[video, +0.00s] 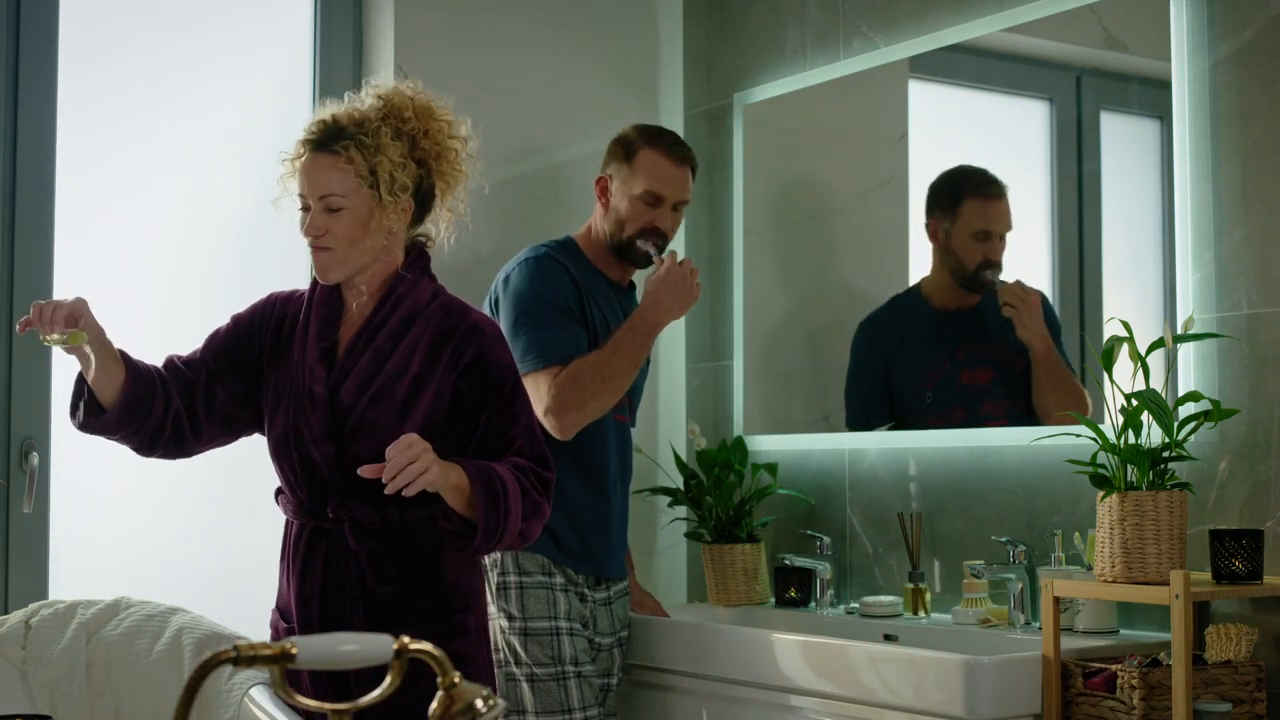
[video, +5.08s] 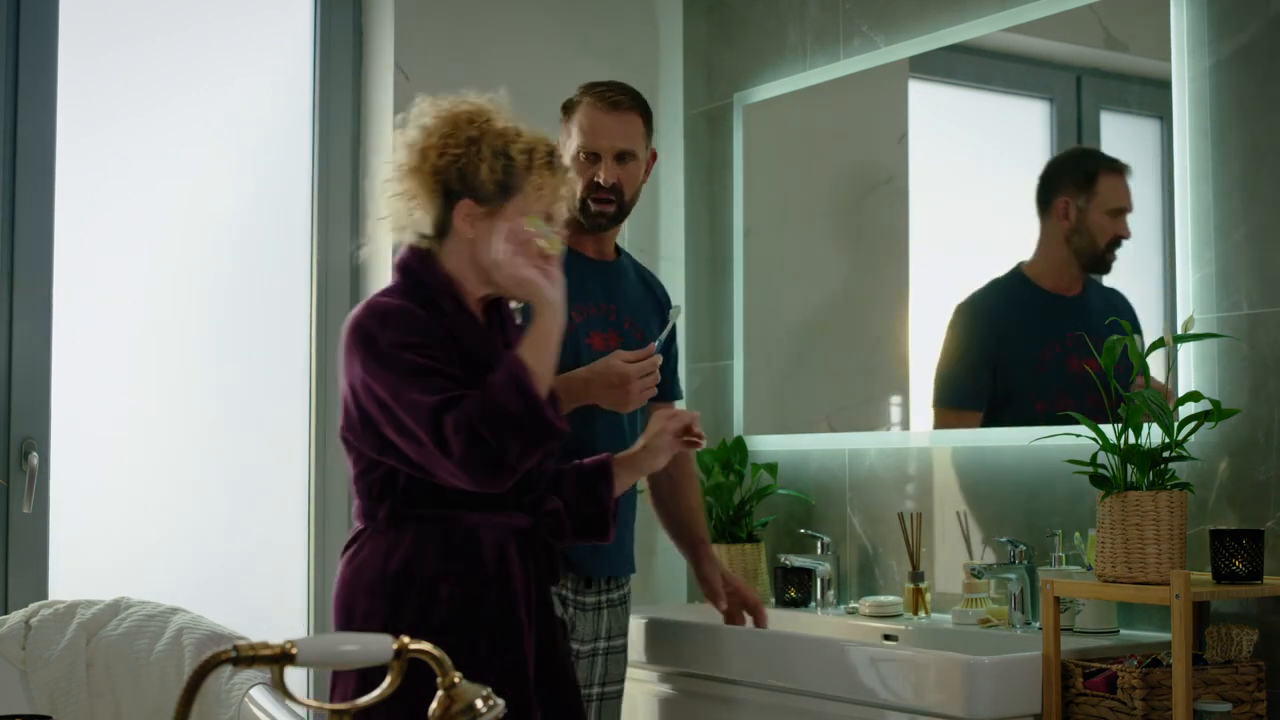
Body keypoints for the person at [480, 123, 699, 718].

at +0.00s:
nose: (665, 223)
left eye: (678, 209)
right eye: (651, 200)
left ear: (685, 210)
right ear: (605, 188)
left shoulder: (628, 303)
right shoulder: (537, 275)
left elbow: (607, 458)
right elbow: (558, 410)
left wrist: (626, 582)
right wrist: (654, 314)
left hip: (600, 579)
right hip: (535, 572)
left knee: (590, 707)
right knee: (554, 710)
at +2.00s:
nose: (641, 189)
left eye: (658, 175)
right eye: (624, 170)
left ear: (673, 186)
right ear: (588, 176)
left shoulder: (640, 300)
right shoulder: (526, 278)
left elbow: (608, 448)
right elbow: (497, 420)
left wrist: (622, 564)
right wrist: (623, 401)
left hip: (604, 573)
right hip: (535, 566)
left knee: (598, 709)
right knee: (556, 712)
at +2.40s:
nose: (613, 178)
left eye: (636, 164)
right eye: (601, 156)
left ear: (668, 178)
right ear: (579, 156)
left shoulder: (668, 295)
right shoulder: (508, 265)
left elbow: (682, 441)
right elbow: (469, 413)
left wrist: (710, 563)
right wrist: (573, 404)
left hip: (604, 566)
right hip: (513, 556)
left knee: (594, 712)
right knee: (523, 714)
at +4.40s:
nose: (599, 187)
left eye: (623, 172)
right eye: (589, 164)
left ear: (665, 177)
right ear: (574, 153)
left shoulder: (681, 297)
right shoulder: (499, 265)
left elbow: (697, 457)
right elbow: (454, 414)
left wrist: (720, 593)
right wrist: (548, 411)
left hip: (609, 594)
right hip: (496, 586)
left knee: (602, 712)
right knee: (494, 713)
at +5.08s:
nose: (605, 176)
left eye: (623, 158)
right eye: (588, 156)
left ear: (648, 166)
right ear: (559, 158)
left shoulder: (650, 296)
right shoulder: (516, 271)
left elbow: (666, 440)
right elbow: (483, 406)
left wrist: (706, 564)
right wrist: (580, 389)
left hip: (607, 575)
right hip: (518, 568)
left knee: (595, 712)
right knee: (519, 710)